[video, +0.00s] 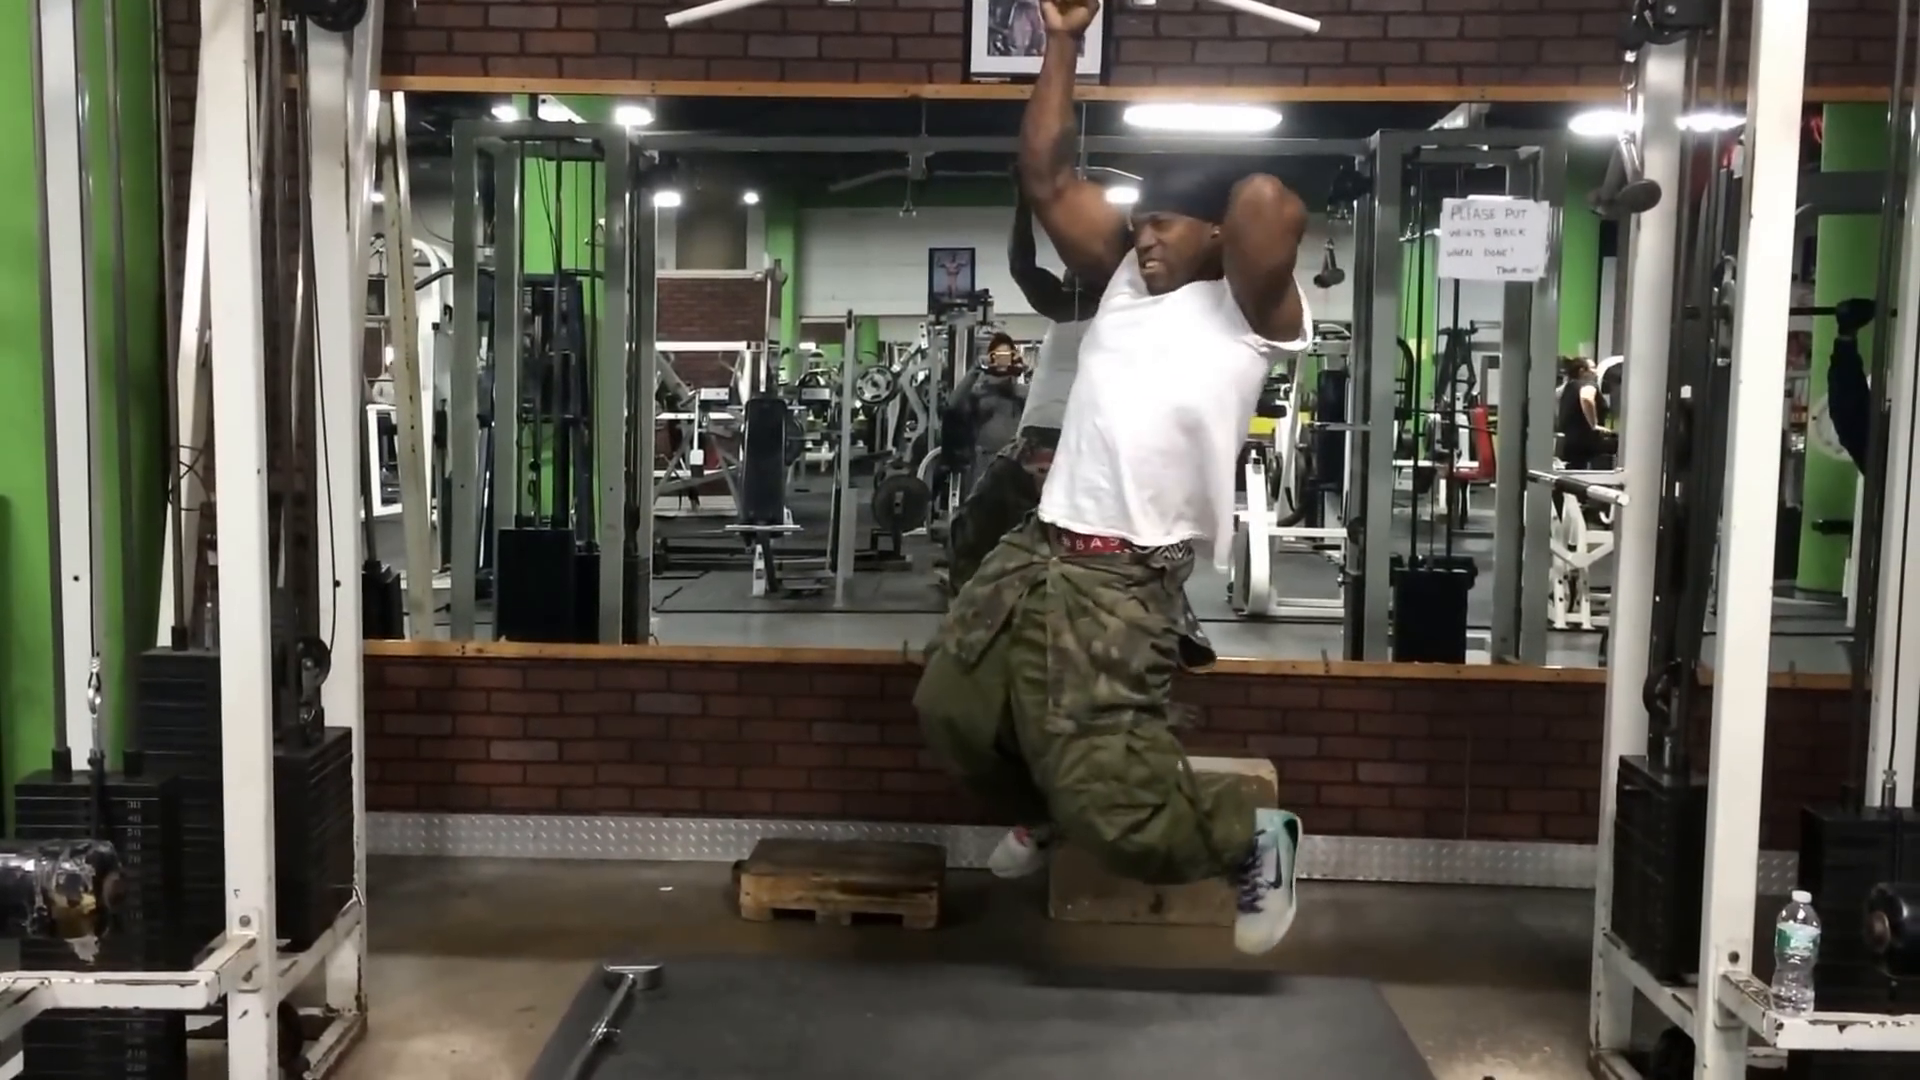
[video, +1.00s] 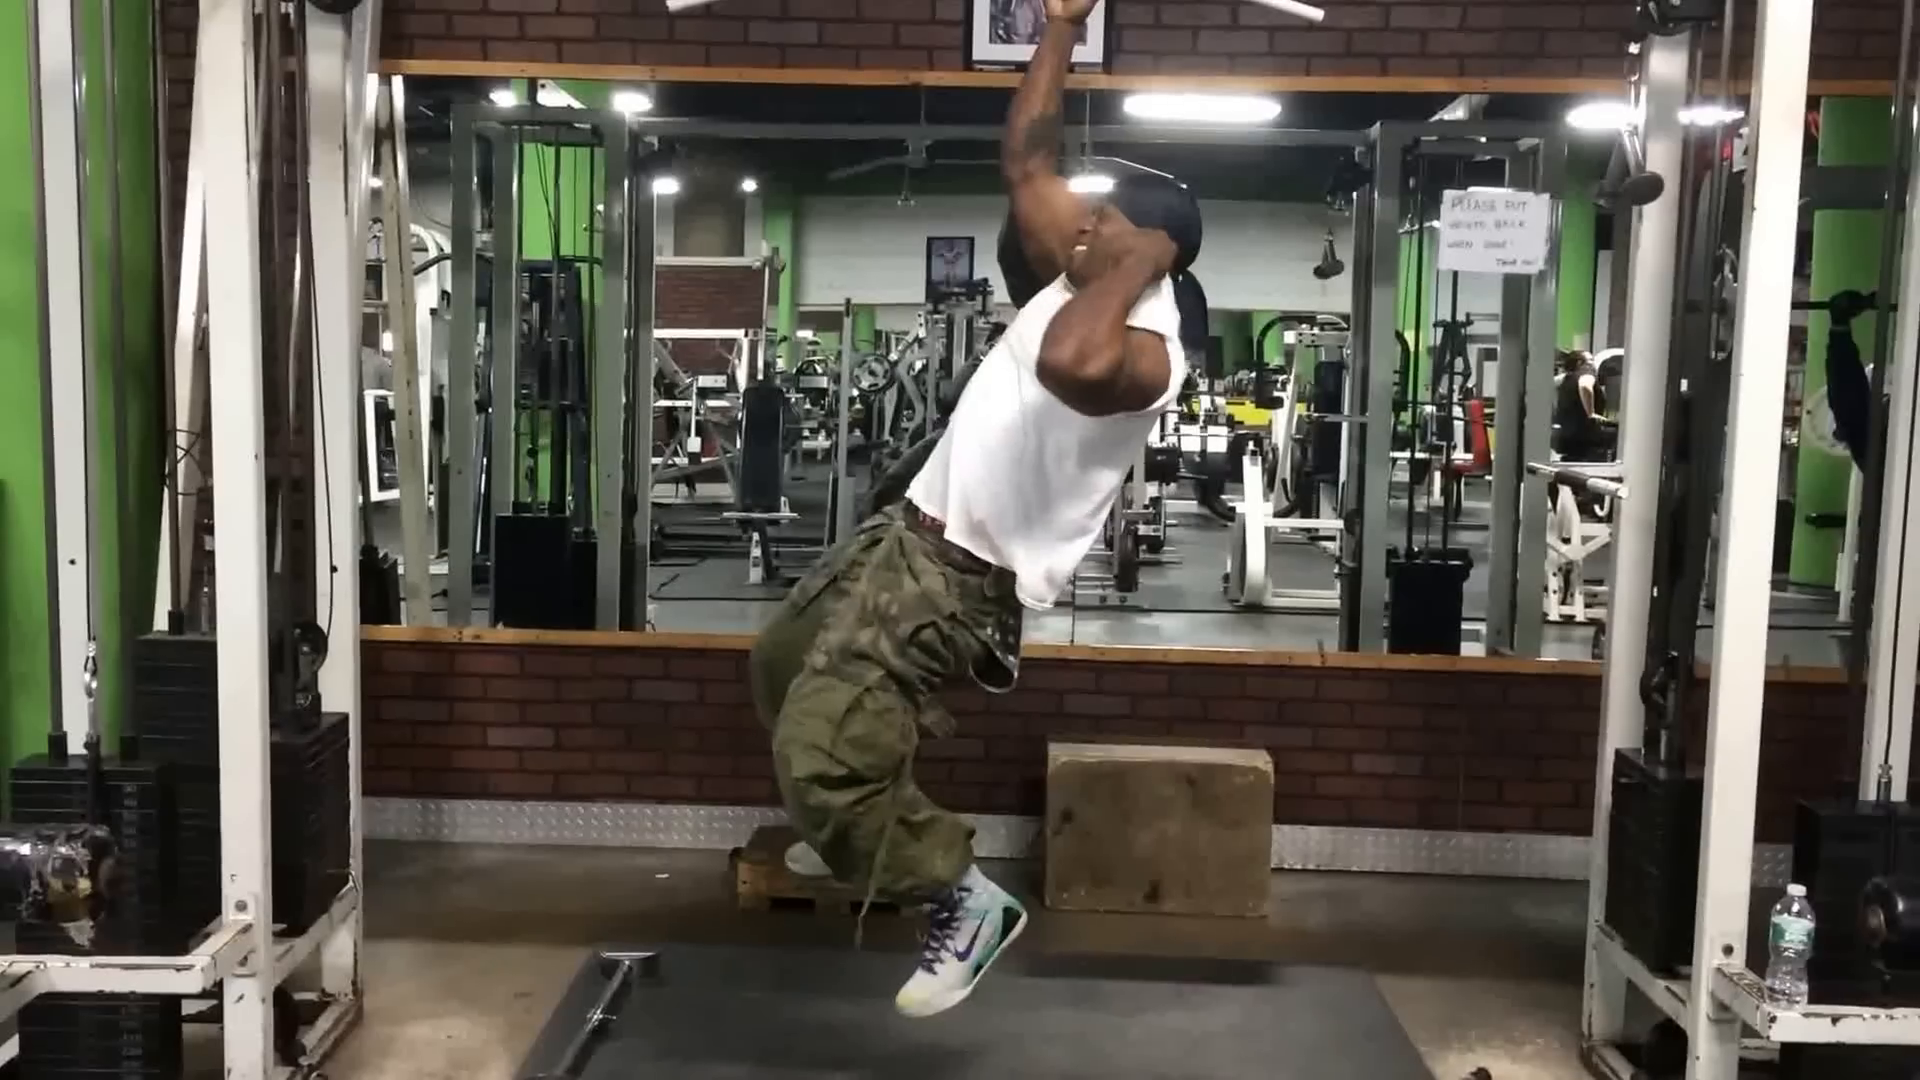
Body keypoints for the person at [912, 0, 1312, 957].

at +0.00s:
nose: (1144, 237)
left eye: (1162, 224)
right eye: (1142, 224)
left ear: (1215, 233)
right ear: (1142, 233)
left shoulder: (1248, 313)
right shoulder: (1117, 278)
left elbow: (1265, 198)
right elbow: (1045, 173)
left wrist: (1234, 254)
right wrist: (1061, 39)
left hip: (1125, 588)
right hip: (1035, 559)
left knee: (1103, 812)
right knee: (952, 707)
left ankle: (1254, 831)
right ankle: (1033, 820)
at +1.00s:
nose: (1083, 216)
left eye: (1101, 205)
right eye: (1090, 203)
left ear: (1139, 239)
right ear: (1111, 231)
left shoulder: (1151, 344)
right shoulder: (1073, 282)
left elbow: (1072, 360)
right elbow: (1028, 160)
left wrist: (1138, 251)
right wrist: (1060, 30)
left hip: (955, 583)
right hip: (901, 534)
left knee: (825, 768)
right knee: (778, 666)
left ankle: (966, 899)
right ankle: (855, 840)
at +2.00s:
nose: (1200, 165)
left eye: (1217, 159)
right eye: (1196, 158)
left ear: (1250, 188)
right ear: (1175, 161)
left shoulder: (1248, 258)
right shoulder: (1137, 238)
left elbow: (1254, 206)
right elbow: (1051, 160)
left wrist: (1188, 128)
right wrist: (1063, 27)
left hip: (1121, 548)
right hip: (1038, 519)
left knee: (1086, 784)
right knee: (944, 677)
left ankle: (1207, 811)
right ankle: (1020, 791)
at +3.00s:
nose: (1101, 180)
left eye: (1137, 172)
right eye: (1110, 166)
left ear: (1155, 205)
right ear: (1121, 208)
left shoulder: (1151, 290)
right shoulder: (1078, 270)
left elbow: (1149, 154)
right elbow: (1032, 150)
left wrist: (1209, 104)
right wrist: (1056, 24)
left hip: (969, 545)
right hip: (933, 525)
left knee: (794, 715)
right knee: (816, 675)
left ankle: (922, 897)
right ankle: (905, 856)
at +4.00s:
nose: (1068, 235)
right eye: (1066, 223)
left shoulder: (1207, 301)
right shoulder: (1114, 247)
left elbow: (1121, 234)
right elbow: (1042, 154)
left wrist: (1214, 183)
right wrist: (1061, 26)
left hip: (1089, 571)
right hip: (1015, 529)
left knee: (1049, 786)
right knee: (887, 664)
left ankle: (1179, 803)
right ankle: (954, 788)